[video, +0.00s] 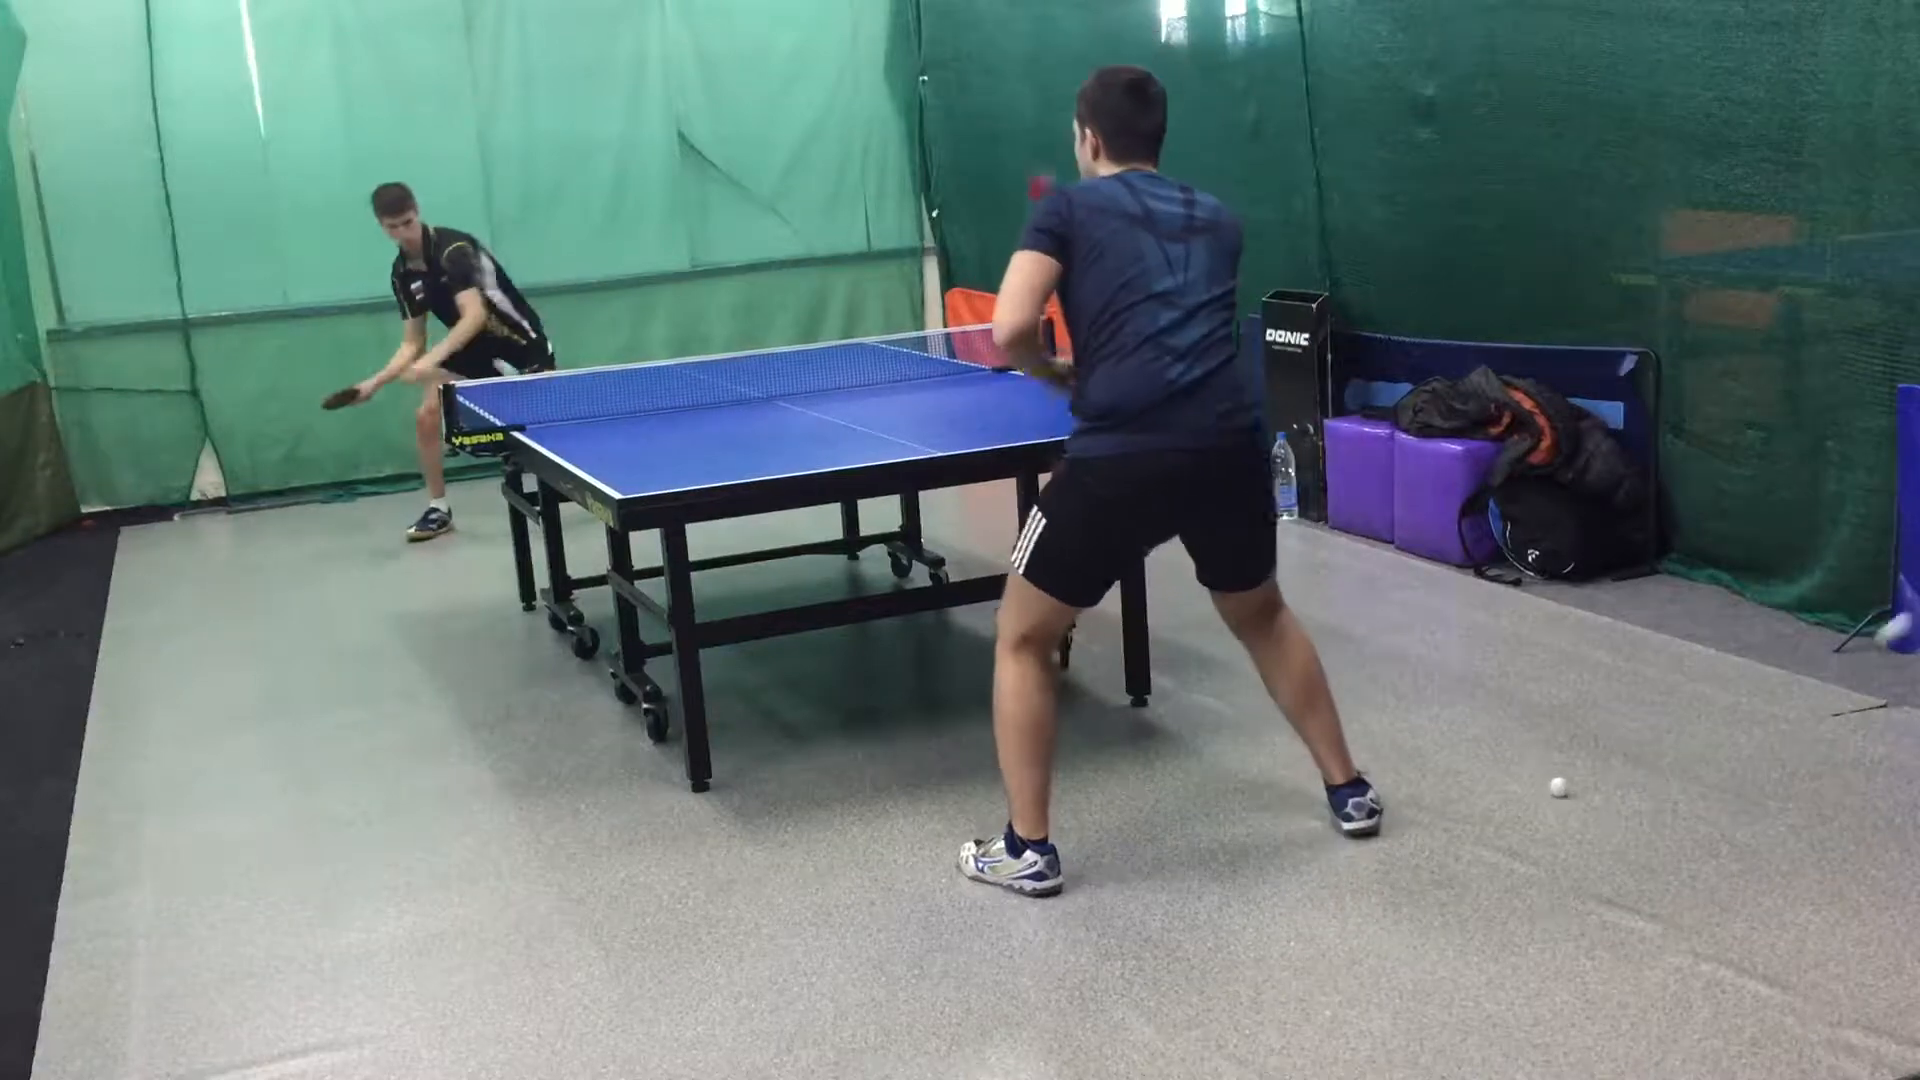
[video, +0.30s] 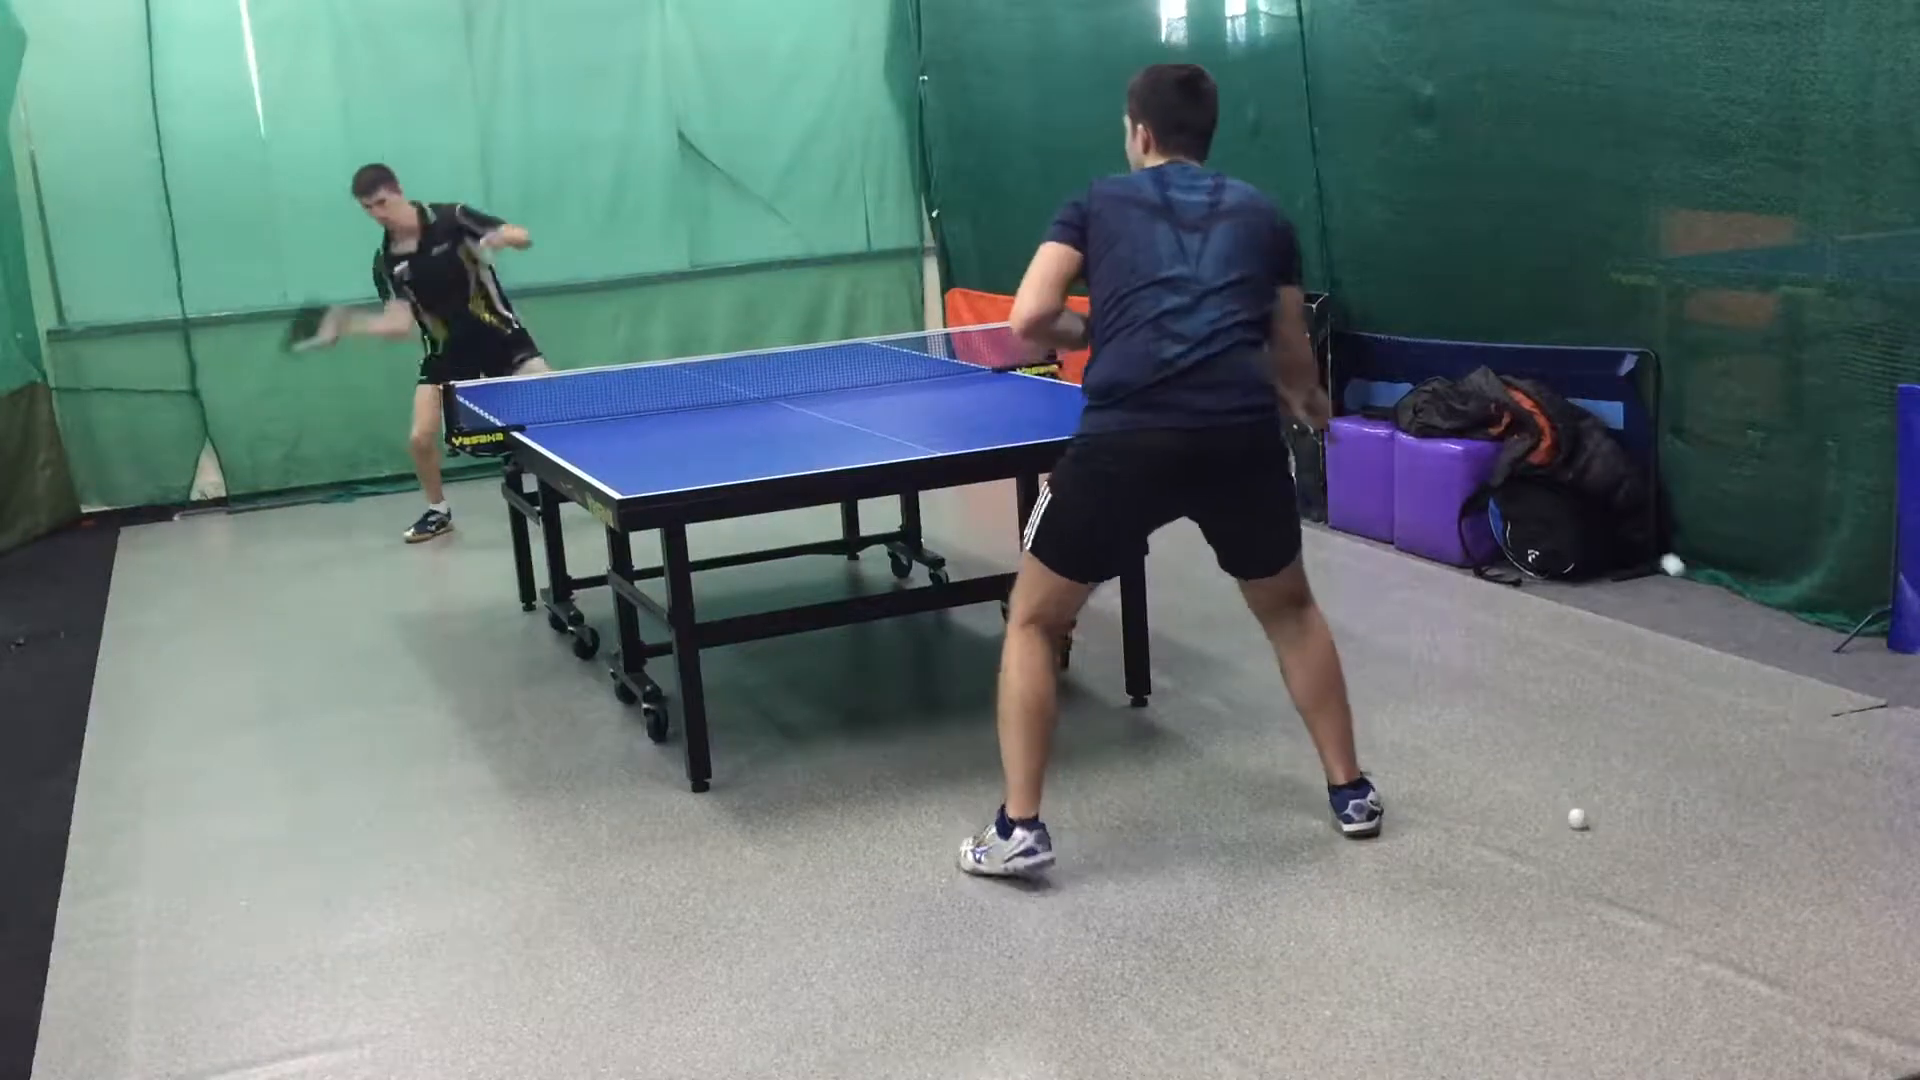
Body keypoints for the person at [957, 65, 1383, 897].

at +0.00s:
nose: (1075, 145)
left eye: (1075, 134)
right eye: (1081, 133)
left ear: (1087, 139)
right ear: (1159, 139)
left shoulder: (1069, 207)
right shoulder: (1215, 215)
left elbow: (1013, 327)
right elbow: (1204, 324)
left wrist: (1053, 370)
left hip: (1120, 465)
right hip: (1228, 457)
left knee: (1024, 639)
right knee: (1265, 618)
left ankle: (1028, 845)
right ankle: (1349, 791)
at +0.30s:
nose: (1128, 141)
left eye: (1128, 130)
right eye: (1134, 129)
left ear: (1138, 135)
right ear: (1209, 136)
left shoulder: (1098, 204)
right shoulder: (1263, 215)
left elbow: (1030, 319)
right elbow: (1291, 357)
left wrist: (1096, 331)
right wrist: (1314, 403)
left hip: (1124, 448)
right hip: (1239, 447)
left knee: (1036, 623)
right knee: (1289, 610)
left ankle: (1021, 825)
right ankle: (1351, 792)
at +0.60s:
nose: (1164, 187)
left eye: (1164, 177)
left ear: (1172, 184)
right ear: (1244, 192)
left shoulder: (1114, 247)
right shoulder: (1276, 270)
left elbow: (1036, 358)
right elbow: (1292, 414)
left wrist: (1115, 379)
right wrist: (1326, 385)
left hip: (1111, 493)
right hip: (1232, 493)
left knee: (1029, 646)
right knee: (1301, 613)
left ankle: (1024, 842)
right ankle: (1348, 791)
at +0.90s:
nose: (1137, 144)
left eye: (1138, 133)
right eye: (1144, 133)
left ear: (1146, 138)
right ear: (1216, 142)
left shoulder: (1116, 204)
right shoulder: (1266, 220)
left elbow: (1051, 324)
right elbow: (1244, 326)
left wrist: (1109, 339)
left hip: (1158, 458)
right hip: (1268, 452)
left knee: (1049, 633)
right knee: (1293, 613)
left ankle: (1039, 840)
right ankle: (1370, 787)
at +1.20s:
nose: (1111, 134)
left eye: (1112, 123)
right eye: (1114, 122)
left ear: (1126, 128)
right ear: (1197, 131)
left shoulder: (1091, 199)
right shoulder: (1251, 209)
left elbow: (1027, 314)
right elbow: (1275, 356)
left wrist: (1087, 339)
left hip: (1132, 452)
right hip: (1244, 449)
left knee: (1040, 634)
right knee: (1284, 611)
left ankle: (1033, 840)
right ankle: (1366, 790)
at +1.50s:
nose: (1176, 178)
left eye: (1176, 168)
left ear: (1182, 175)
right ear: (1255, 184)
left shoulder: (1122, 242)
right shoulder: (1287, 271)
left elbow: (1047, 355)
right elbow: (1310, 407)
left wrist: (1116, 381)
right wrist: (1330, 367)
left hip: (1122, 490)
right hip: (1242, 490)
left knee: (1040, 649)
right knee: (1309, 617)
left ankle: (1023, 847)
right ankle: (1367, 791)